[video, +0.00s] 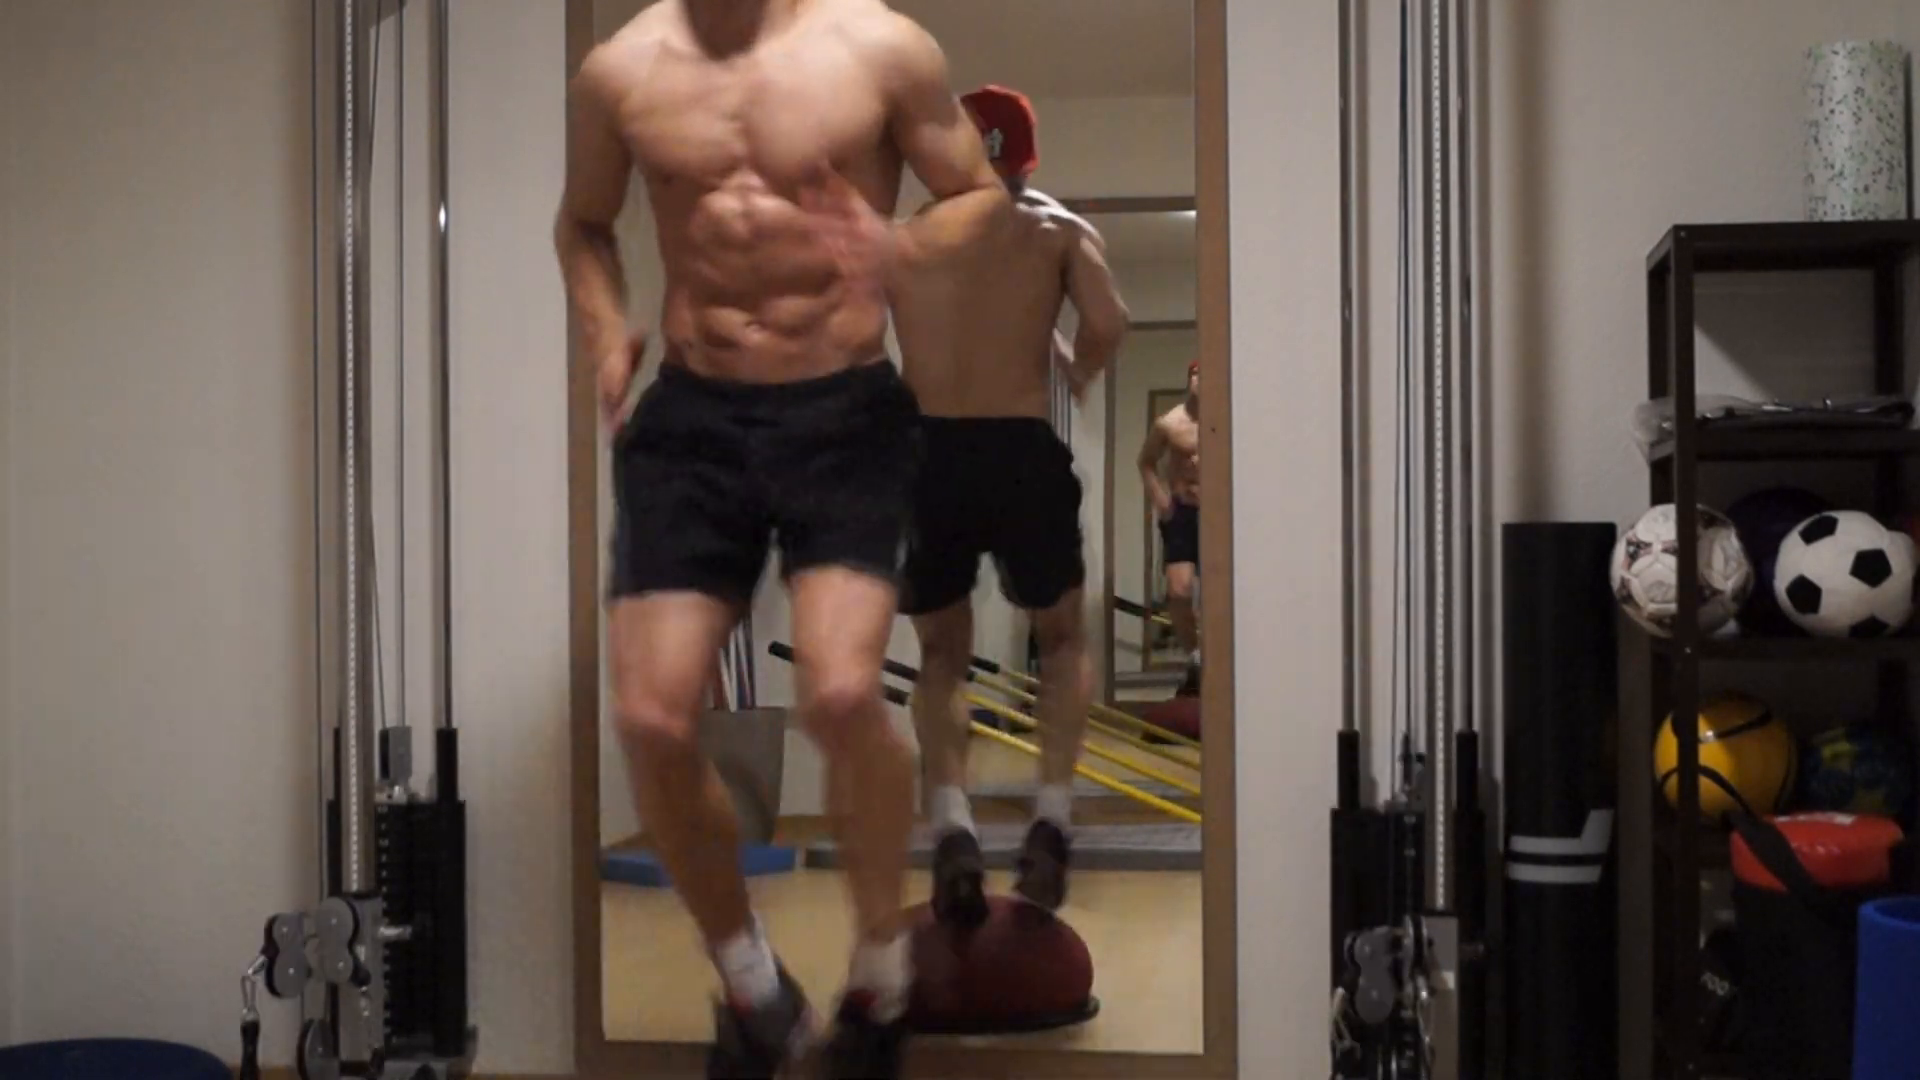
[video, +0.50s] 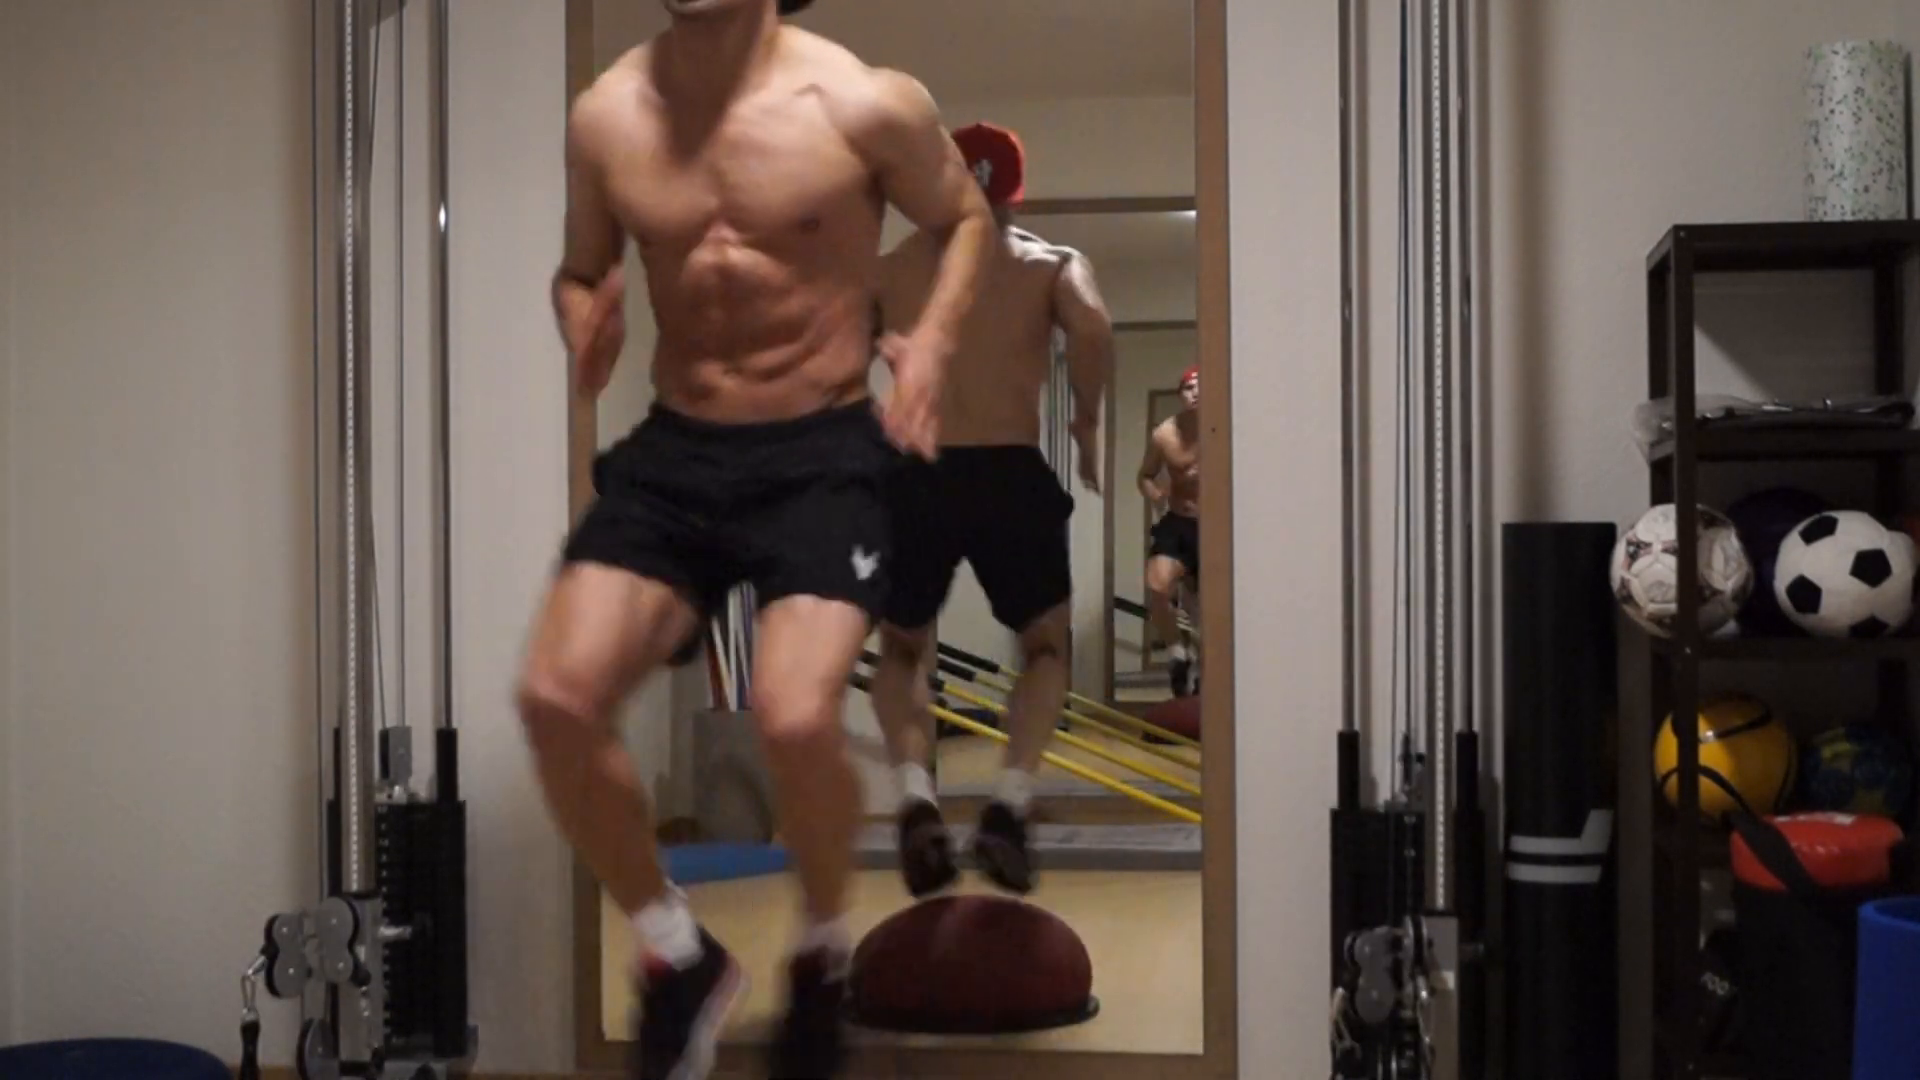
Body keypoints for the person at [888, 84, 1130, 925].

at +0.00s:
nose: (1028, 174)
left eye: (972, 154)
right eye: (1029, 162)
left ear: (958, 158)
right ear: (1029, 162)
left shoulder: (908, 237)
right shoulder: (1060, 231)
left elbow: (881, 330)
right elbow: (1106, 324)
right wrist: (1077, 373)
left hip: (931, 460)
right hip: (1027, 462)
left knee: (941, 654)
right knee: (1060, 640)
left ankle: (950, 825)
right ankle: (1053, 816)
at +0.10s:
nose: (1016, 175)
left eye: (1006, 156)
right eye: (1022, 159)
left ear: (962, 167)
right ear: (1038, 169)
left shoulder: (913, 242)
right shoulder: (1067, 237)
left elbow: (865, 328)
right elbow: (1112, 286)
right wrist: (1114, 395)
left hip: (946, 482)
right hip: (1043, 478)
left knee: (963, 691)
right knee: (1103, 677)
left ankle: (957, 873)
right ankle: (1132, 850)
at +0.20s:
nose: (1016, 196)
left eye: (999, 180)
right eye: (1030, 183)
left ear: (980, 192)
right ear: (1050, 196)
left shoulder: (934, 268)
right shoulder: (1087, 275)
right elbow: (1134, 372)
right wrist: (1114, 444)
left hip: (951, 517)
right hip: (1059, 514)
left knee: (945, 748)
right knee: (1120, 739)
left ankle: (958, 938)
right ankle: (1158, 937)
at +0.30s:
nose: (1039, 253)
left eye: (1019, 241)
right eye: (1045, 239)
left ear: (986, 242)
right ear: (1058, 242)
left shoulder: (949, 316)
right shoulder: (1096, 324)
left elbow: (904, 429)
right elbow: (1148, 449)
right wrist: (1082, 423)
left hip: (961, 549)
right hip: (1068, 551)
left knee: (943, 770)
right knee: (1119, 765)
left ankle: (953, 951)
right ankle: (1161, 964)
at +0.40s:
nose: (1021, 223)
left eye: (1002, 205)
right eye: (1031, 209)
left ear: (968, 205)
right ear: (1039, 211)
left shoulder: (925, 278)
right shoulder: (1069, 287)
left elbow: (869, 371)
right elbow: (1126, 395)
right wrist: (1077, 431)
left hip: (942, 504)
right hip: (1041, 506)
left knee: (947, 709)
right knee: (1096, 706)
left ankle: (959, 895)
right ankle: (1130, 876)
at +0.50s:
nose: (1006, 195)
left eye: (973, 182)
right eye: (1012, 186)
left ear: (949, 185)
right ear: (1018, 191)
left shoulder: (896, 264)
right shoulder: (1052, 262)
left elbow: (839, 341)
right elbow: (1091, 325)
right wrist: (1088, 420)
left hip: (912, 480)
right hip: (1010, 479)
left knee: (902, 650)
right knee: (1046, 646)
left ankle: (915, 794)